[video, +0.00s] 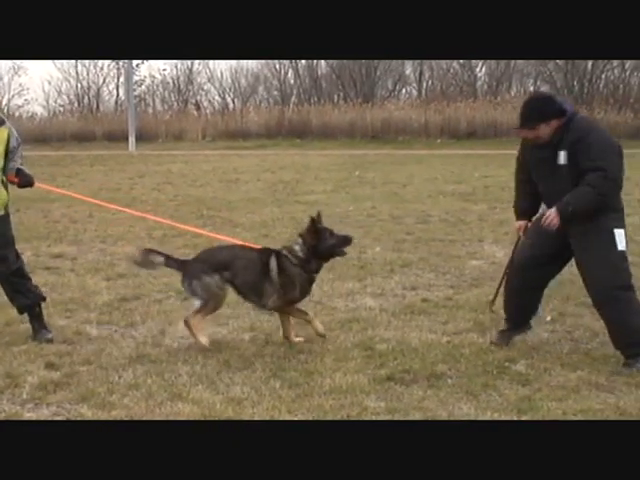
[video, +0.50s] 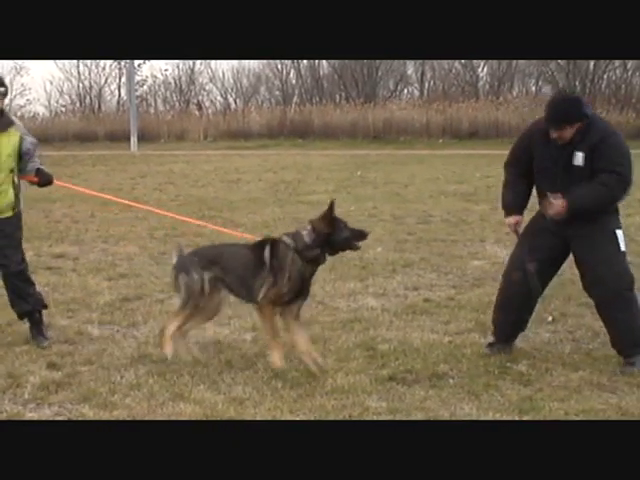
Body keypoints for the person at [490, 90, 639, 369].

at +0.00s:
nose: (528, 136)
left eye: (532, 129)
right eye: (526, 130)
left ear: (552, 123)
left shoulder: (593, 139)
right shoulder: (532, 143)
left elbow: (603, 185)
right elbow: (525, 179)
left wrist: (563, 210)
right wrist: (523, 215)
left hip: (596, 221)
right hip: (554, 220)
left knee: (609, 287)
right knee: (522, 268)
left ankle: (634, 352)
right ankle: (516, 324)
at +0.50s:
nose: (555, 134)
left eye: (561, 129)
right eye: (552, 128)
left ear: (578, 124)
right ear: (547, 121)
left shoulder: (605, 140)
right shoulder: (536, 135)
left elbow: (616, 182)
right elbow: (517, 170)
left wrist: (570, 203)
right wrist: (513, 210)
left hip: (595, 224)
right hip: (549, 222)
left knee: (611, 285)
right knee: (519, 275)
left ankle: (632, 352)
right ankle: (502, 338)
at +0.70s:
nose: (570, 126)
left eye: (577, 122)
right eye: (568, 119)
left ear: (594, 121)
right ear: (564, 113)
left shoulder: (618, 143)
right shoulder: (546, 132)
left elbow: (634, 184)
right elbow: (518, 163)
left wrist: (622, 215)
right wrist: (507, 205)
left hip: (594, 226)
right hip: (547, 220)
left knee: (612, 287)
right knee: (516, 272)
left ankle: (632, 352)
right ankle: (495, 334)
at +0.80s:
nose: (563, 125)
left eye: (570, 121)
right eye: (560, 119)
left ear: (588, 119)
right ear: (556, 112)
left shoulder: (610, 139)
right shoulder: (539, 133)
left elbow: (632, 175)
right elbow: (510, 167)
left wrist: (622, 210)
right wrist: (504, 210)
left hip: (590, 225)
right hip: (542, 221)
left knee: (610, 286)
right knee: (516, 277)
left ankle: (631, 351)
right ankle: (496, 340)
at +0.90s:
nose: (552, 124)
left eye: (559, 120)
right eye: (549, 117)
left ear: (577, 116)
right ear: (545, 112)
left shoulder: (599, 137)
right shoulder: (529, 135)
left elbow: (622, 173)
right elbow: (501, 172)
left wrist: (610, 206)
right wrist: (497, 218)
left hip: (583, 227)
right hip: (534, 224)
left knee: (607, 287)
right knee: (508, 280)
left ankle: (631, 350)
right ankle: (493, 341)